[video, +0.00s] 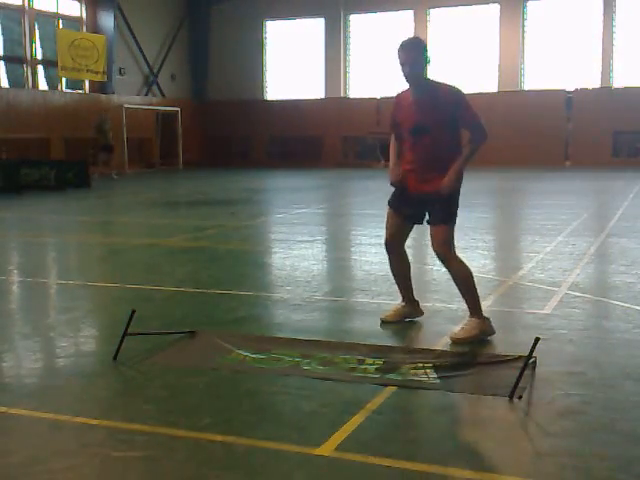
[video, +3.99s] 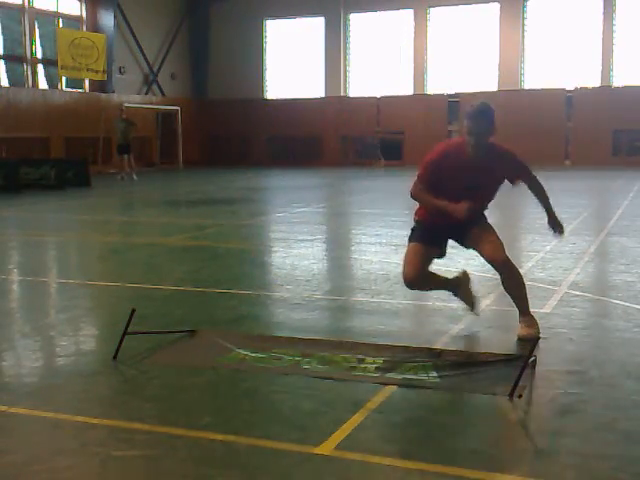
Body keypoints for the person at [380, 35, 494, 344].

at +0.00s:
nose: (407, 69)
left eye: (412, 63)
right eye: (403, 63)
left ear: (426, 61)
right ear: (399, 65)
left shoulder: (449, 96)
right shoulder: (401, 101)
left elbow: (478, 134)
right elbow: (395, 136)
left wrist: (455, 172)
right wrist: (394, 165)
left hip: (442, 187)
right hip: (409, 185)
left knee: (443, 250)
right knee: (393, 243)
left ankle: (478, 318)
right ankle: (410, 304)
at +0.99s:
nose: (408, 58)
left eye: (412, 53)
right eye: (402, 53)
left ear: (418, 56)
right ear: (391, 57)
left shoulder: (432, 91)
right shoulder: (380, 96)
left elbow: (450, 127)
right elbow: (371, 134)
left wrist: (434, 156)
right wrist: (375, 163)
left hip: (422, 180)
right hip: (386, 181)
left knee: (434, 242)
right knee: (378, 240)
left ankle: (446, 305)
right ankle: (384, 301)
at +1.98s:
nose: (380, 60)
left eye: (385, 54)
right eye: (378, 55)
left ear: (402, 53)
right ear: (380, 56)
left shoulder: (427, 88)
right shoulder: (378, 92)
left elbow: (445, 131)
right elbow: (370, 131)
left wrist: (428, 152)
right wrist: (368, 158)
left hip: (417, 179)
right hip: (382, 179)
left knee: (430, 241)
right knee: (376, 239)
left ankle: (445, 304)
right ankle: (384, 300)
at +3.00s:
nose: (294, 94)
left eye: (297, 88)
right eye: (289, 90)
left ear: (306, 85)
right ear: (285, 91)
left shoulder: (335, 110)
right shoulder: (288, 113)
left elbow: (357, 144)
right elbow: (287, 141)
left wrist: (329, 161)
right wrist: (284, 171)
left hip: (338, 187)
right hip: (304, 187)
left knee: (368, 241)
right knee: (270, 241)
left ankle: (396, 289)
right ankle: (255, 293)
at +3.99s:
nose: (474, 142)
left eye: (479, 135)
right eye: (470, 135)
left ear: (491, 133)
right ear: (463, 130)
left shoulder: (501, 159)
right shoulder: (443, 153)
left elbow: (531, 182)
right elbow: (416, 191)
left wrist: (551, 215)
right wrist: (451, 208)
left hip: (470, 219)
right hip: (432, 219)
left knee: (501, 261)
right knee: (412, 278)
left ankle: (525, 317)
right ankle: (455, 284)